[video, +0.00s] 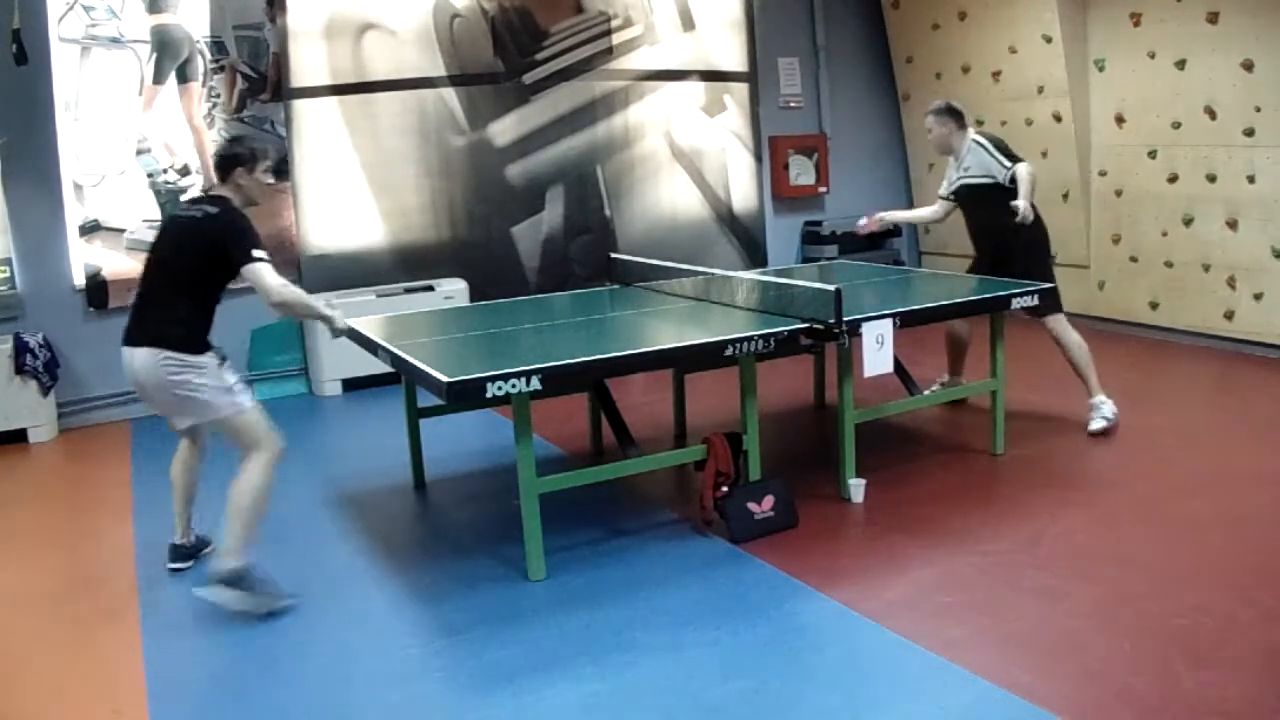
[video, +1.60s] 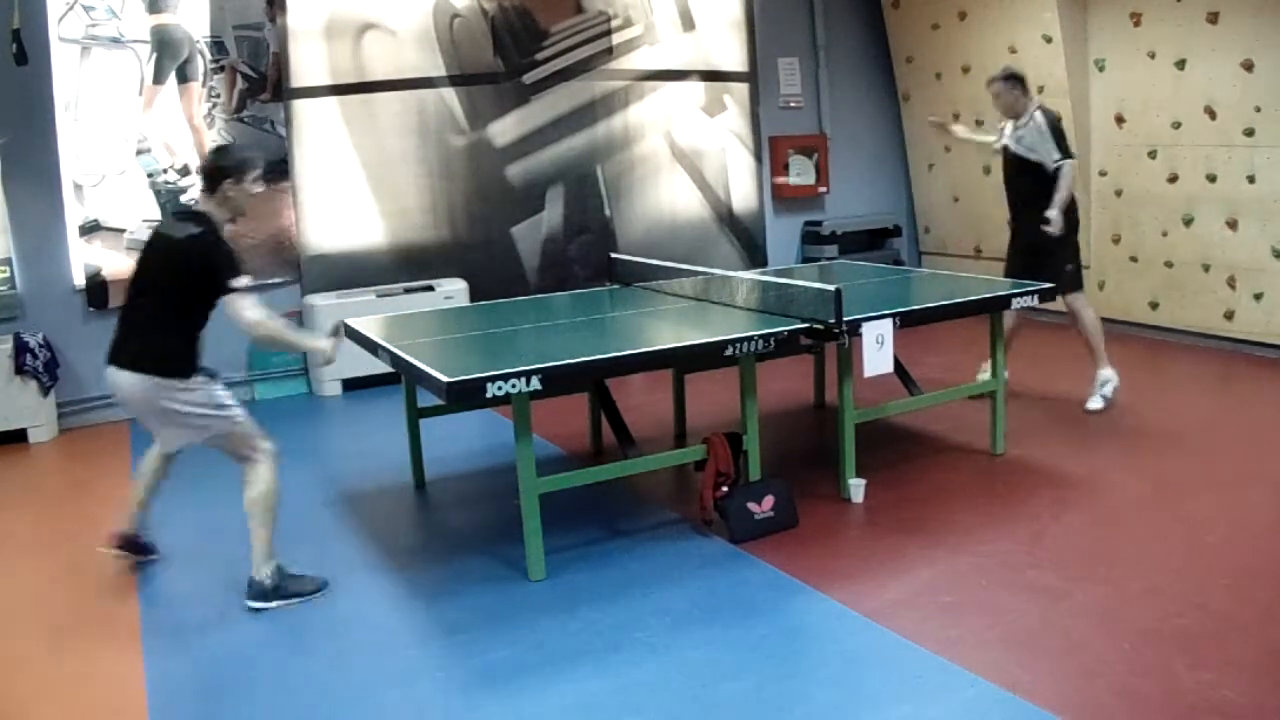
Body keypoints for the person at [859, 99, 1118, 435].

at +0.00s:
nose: (929, 139)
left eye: (931, 131)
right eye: (928, 132)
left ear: (951, 128)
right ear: (946, 130)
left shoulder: (983, 144)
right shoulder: (957, 162)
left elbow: (1023, 170)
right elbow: (938, 212)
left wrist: (1024, 199)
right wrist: (886, 217)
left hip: (1025, 251)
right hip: (991, 254)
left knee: (1053, 321)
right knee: (956, 314)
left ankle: (1100, 400)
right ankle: (953, 381)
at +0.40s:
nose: (957, 111)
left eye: (963, 104)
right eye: (954, 105)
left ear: (985, 102)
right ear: (956, 108)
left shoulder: (1010, 133)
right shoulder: (963, 145)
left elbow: (1043, 171)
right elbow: (957, 194)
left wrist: (1033, 206)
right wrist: (920, 221)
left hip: (1020, 249)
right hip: (979, 250)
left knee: (1046, 320)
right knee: (954, 319)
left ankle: (1080, 396)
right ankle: (953, 382)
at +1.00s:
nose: (985, 113)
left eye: (990, 106)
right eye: (982, 107)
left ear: (1012, 104)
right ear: (983, 111)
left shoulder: (1040, 135)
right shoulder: (993, 145)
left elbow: (1074, 177)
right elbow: (994, 190)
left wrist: (1065, 225)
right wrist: (968, 217)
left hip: (1057, 240)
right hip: (1020, 241)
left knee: (1079, 315)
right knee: (1001, 309)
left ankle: (1112, 394)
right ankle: (1002, 377)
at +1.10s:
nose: (979, 121)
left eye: (984, 114)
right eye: (978, 116)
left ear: (1006, 110)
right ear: (990, 116)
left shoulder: (1035, 137)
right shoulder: (999, 148)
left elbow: (1069, 181)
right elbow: (1009, 196)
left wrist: (1052, 229)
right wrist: (981, 226)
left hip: (1062, 239)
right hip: (1027, 240)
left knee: (1079, 318)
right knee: (1000, 307)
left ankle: (1112, 396)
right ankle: (1000, 376)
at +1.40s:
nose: (972, 148)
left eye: (971, 141)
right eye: (969, 142)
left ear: (985, 134)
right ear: (987, 134)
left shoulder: (1013, 147)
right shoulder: (1005, 152)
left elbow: (1039, 182)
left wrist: (1032, 222)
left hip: (1050, 244)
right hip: (1029, 245)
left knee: (1062, 325)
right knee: (987, 305)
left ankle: (1112, 396)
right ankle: (999, 375)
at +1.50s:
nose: (981, 130)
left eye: (983, 123)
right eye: (978, 124)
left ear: (1000, 117)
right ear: (995, 119)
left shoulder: (1028, 138)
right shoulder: (1003, 147)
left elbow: (1048, 175)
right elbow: (983, 172)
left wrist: (1033, 213)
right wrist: (939, 158)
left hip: (1051, 237)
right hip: (1023, 237)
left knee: (1068, 314)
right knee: (992, 303)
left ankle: (1107, 391)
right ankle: (999, 375)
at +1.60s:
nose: (998, 105)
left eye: (1000, 98)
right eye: (995, 100)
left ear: (1018, 92)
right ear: (1004, 97)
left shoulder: (1042, 121)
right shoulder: (1014, 124)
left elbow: (1067, 167)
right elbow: (997, 141)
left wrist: (1056, 208)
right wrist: (960, 132)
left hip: (1054, 224)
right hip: (1024, 225)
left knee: (1074, 300)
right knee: (1012, 302)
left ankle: (1105, 372)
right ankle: (996, 366)